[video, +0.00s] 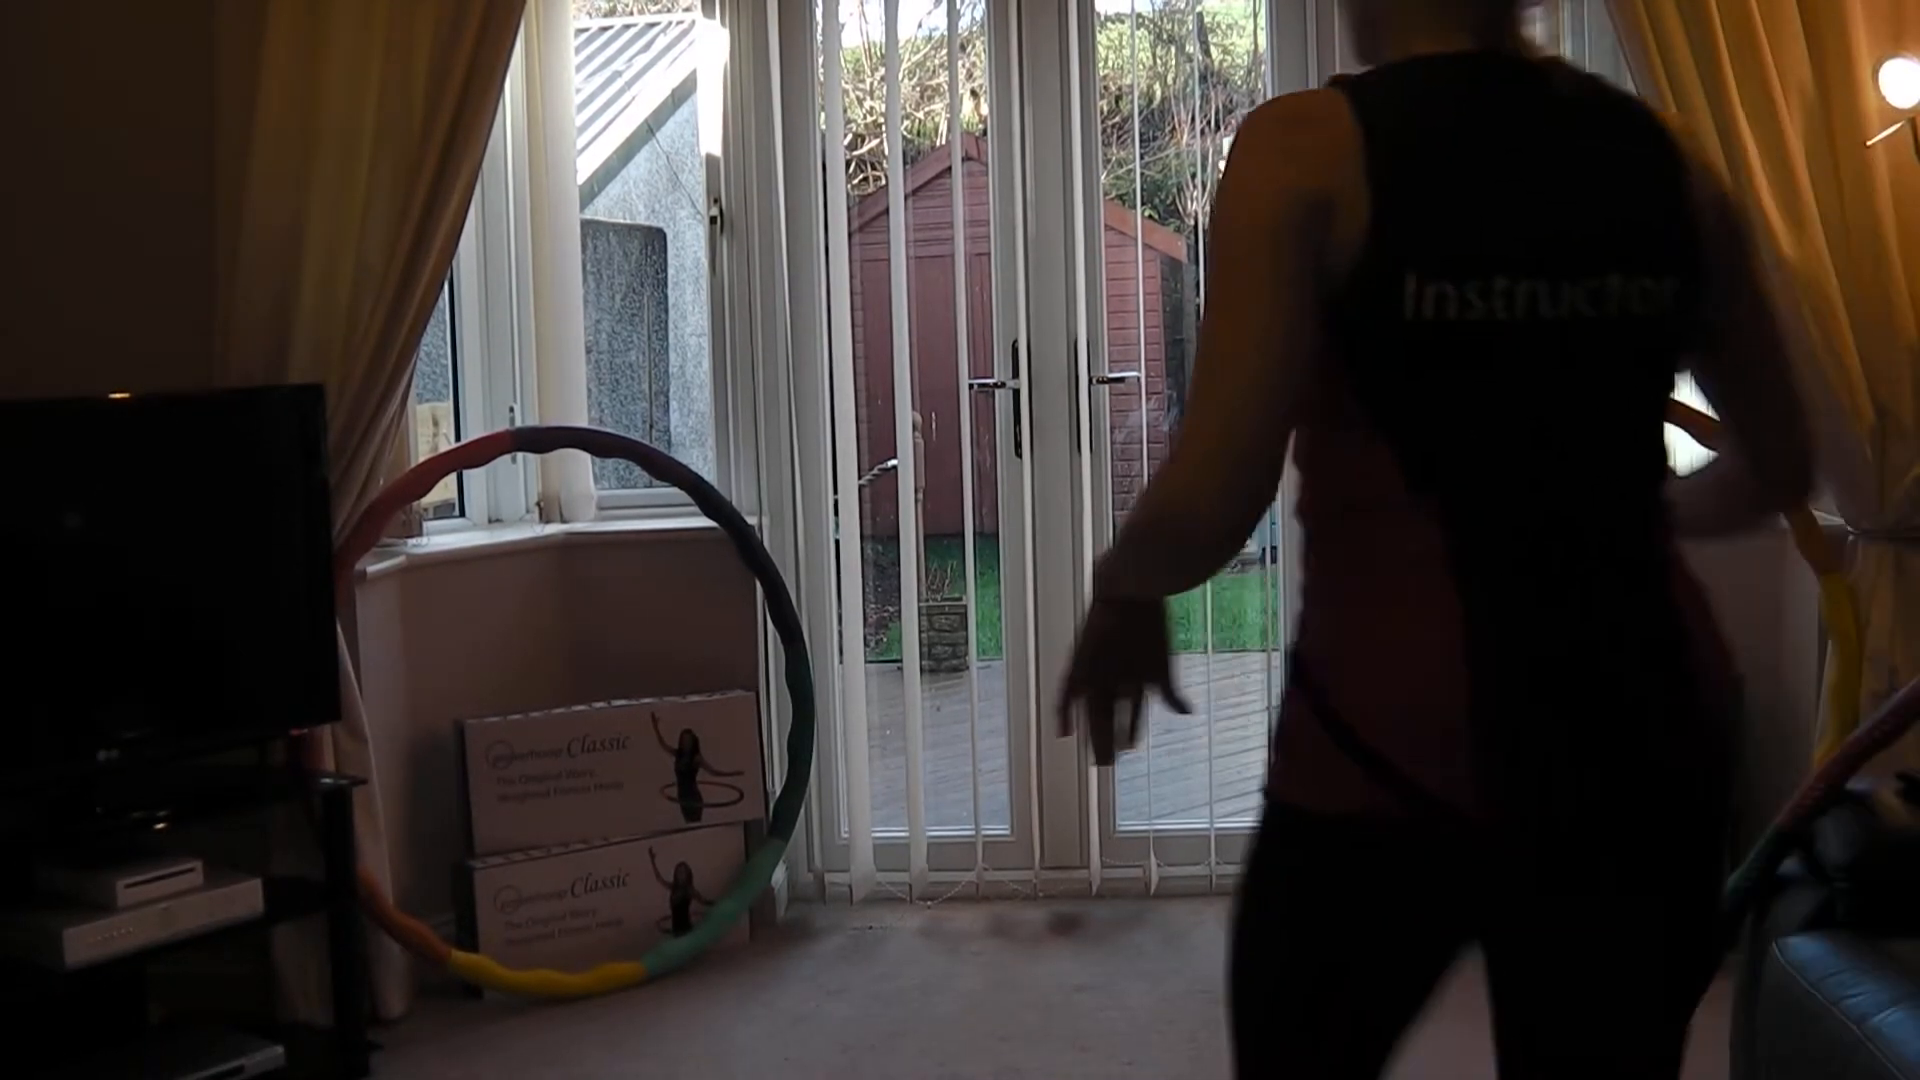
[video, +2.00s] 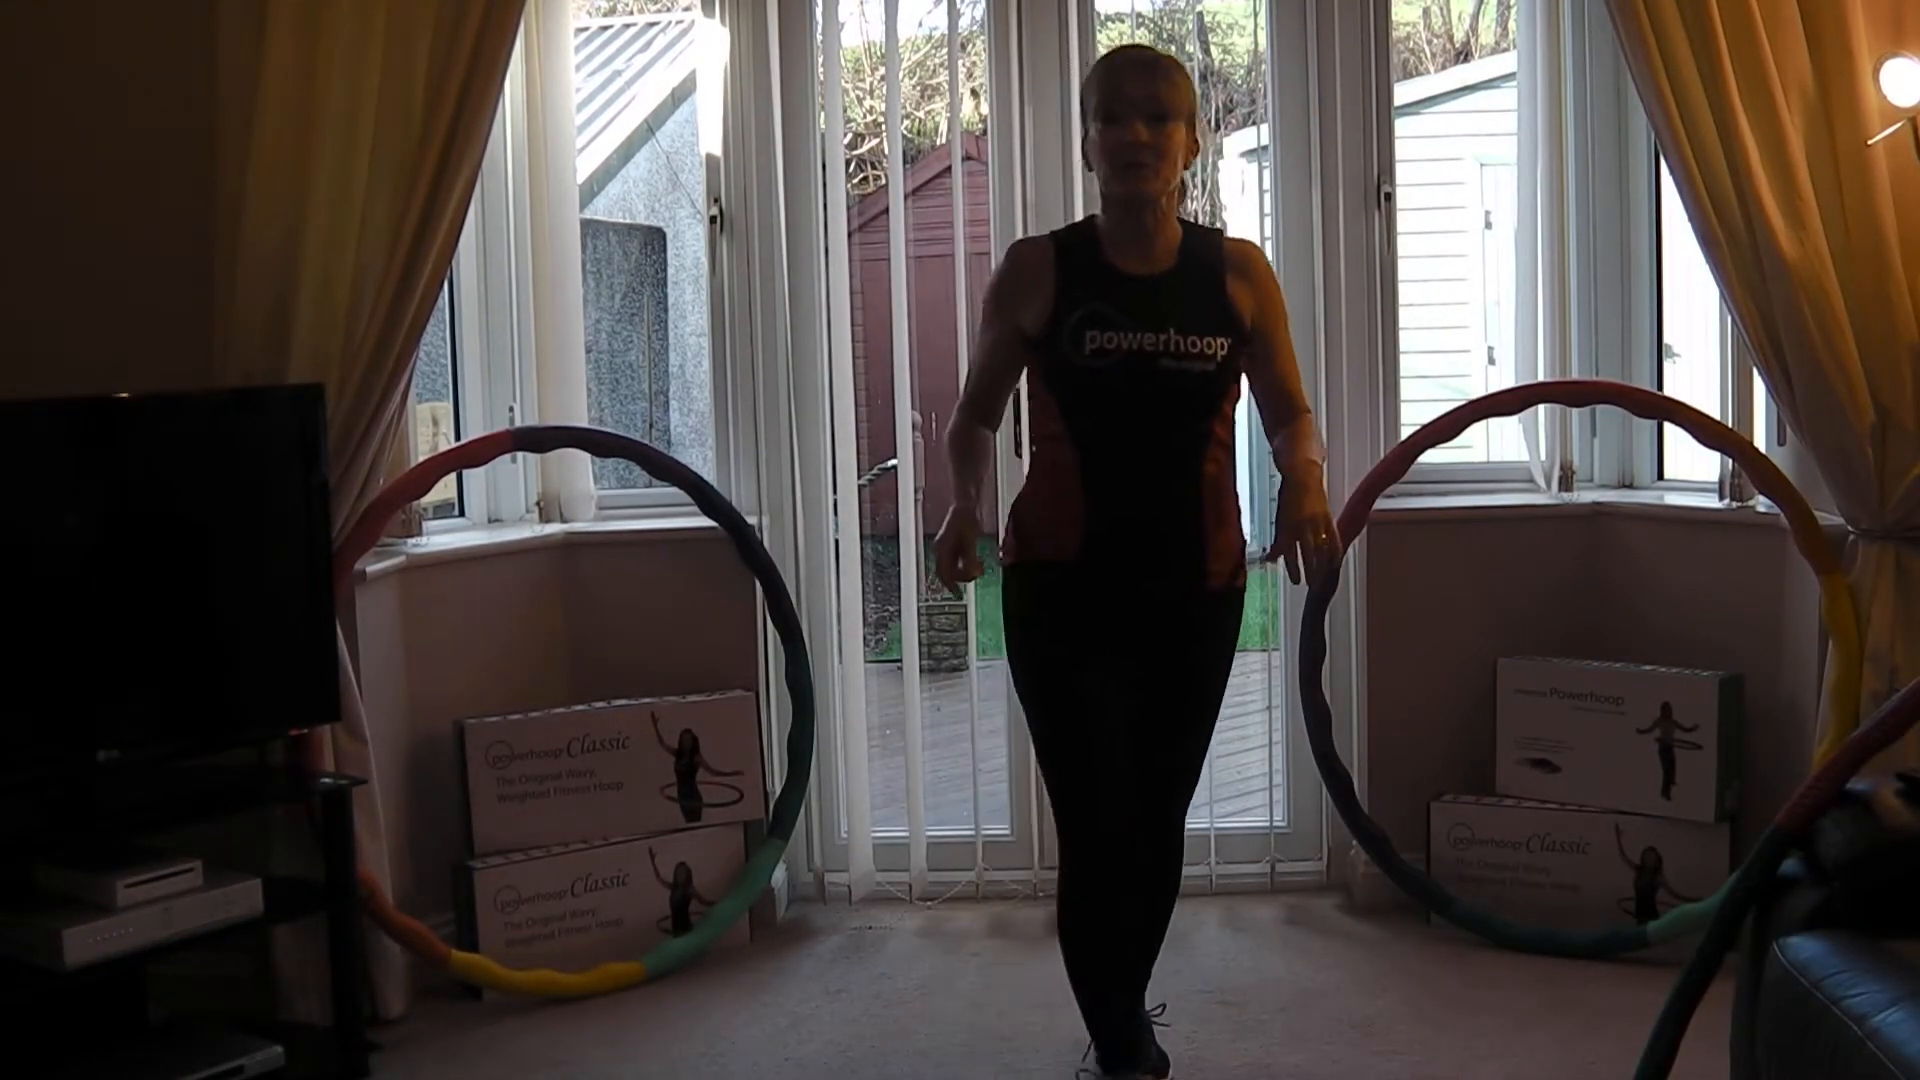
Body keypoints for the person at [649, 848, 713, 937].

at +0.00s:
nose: (681, 875)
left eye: (683, 872)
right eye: (679, 872)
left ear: (688, 874)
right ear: (675, 874)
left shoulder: (690, 889)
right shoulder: (673, 887)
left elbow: (702, 901)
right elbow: (659, 878)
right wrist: (652, 861)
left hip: (687, 926)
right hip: (675, 926)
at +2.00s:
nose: (681, 876)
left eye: (683, 873)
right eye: (678, 873)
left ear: (688, 874)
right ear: (675, 874)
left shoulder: (690, 889)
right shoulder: (673, 887)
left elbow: (702, 902)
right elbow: (658, 878)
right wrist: (652, 861)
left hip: (686, 924)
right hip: (675, 924)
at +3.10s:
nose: (681, 875)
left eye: (684, 872)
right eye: (679, 872)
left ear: (688, 874)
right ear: (675, 874)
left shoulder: (690, 889)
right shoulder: (673, 887)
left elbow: (703, 902)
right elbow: (659, 878)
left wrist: (717, 903)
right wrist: (653, 860)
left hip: (686, 924)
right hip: (676, 924)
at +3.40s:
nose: (681, 874)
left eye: (684, 872)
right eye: (678, 872)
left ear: (688, 874)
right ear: (675, 874)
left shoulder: (690, 889)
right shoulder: (673, 887)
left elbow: (704, 902)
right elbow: (659, 878)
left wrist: (718, 903)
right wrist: (653, 860)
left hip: (686, 924)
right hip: (676, 924)